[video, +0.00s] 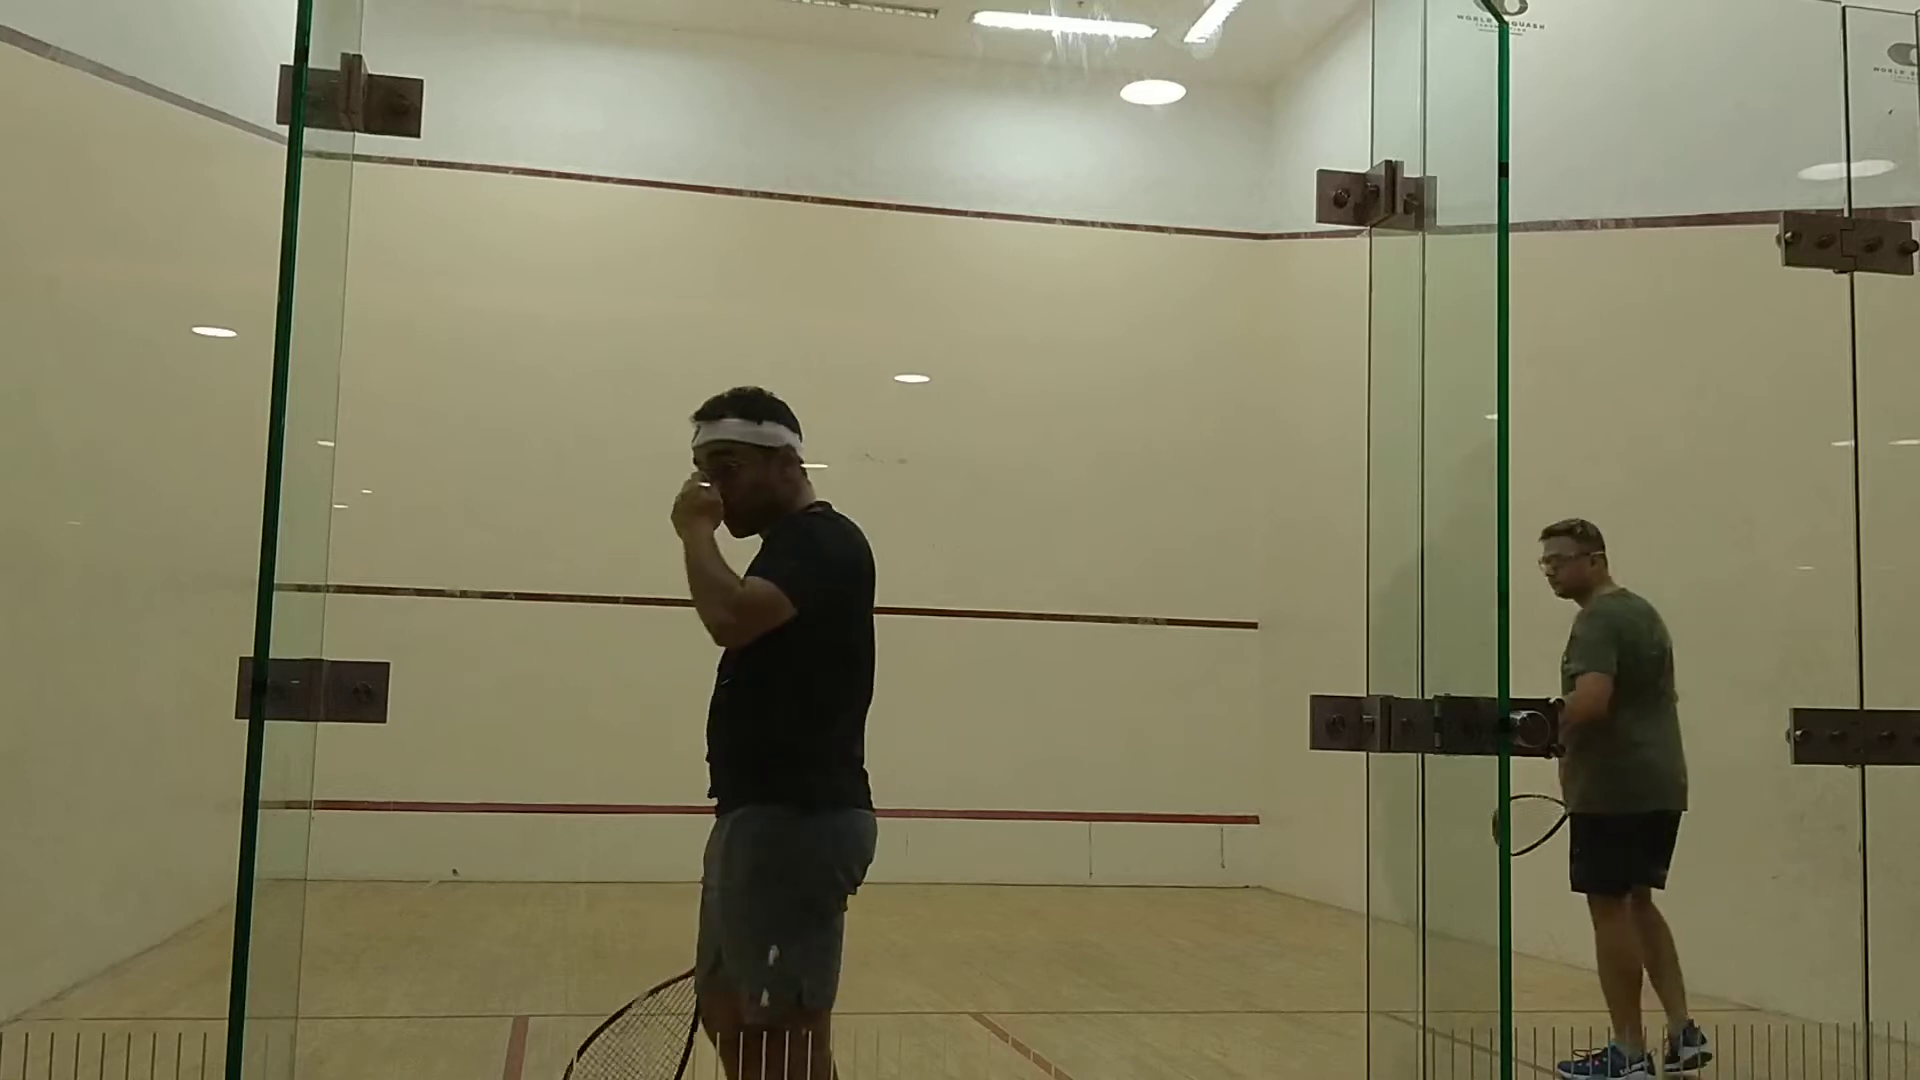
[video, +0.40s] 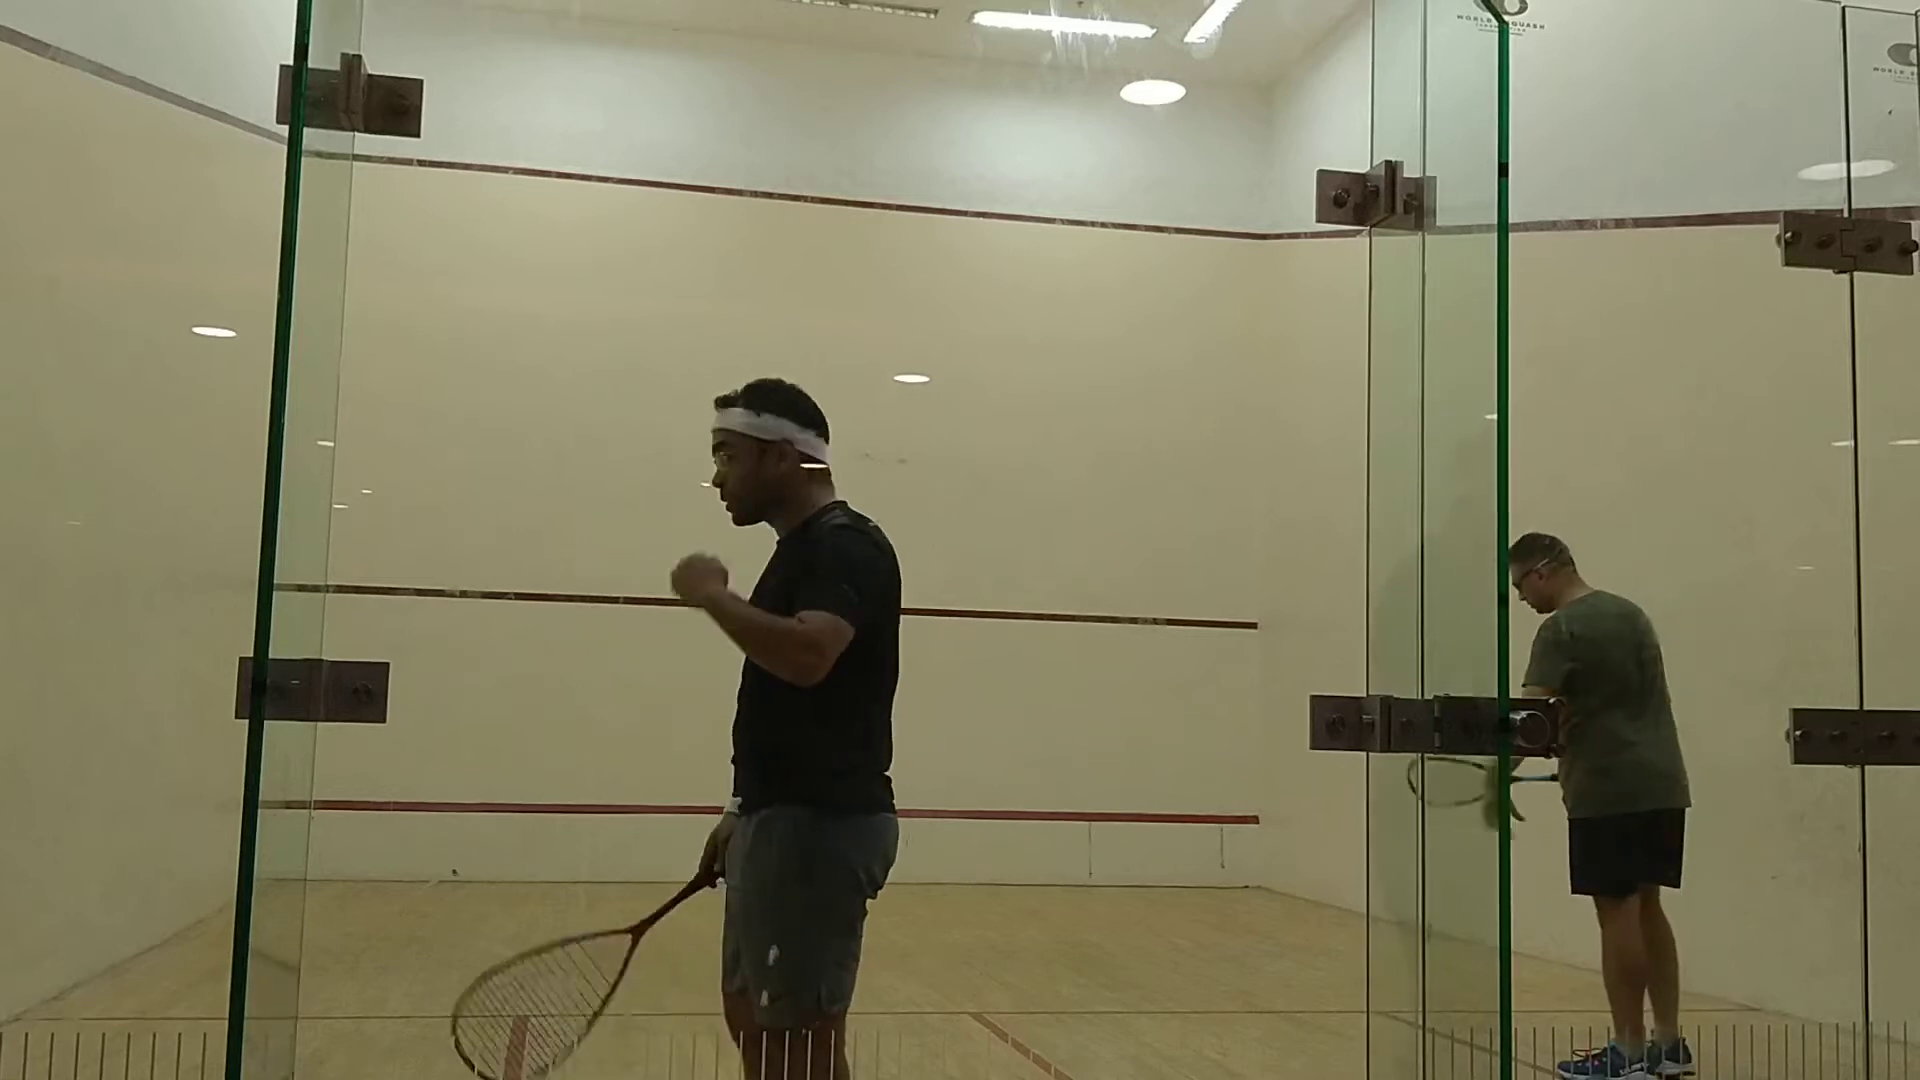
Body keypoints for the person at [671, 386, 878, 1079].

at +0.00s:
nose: (713, 491)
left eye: (725, 470)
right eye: (708, 475)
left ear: (780, 464)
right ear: (779, 468)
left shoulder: (821, 539)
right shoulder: (787, 548)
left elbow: (730, 618)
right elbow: (792, 696)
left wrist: (696, 529)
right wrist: (739, 813)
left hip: (798, 822)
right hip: (757, 818)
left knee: (784, 1030)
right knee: (725, 1012)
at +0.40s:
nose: (715, 477)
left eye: (726, 457)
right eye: (717, 458)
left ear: (780, 459)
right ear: (780, 462)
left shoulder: (843, 547)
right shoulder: (799, 552)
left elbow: (809, 656)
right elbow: (800, 715)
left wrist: (716, 596)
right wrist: (743, 818)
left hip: (821, 826)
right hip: (780, 822)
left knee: (802, 1037)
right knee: (749, 1013)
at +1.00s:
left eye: (823, 476)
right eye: (891, 480)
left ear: (817, 480)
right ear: (894, 488)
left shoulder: (800, 551)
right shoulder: (911, 574)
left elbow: (762, 658)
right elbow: (874, 707)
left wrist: (708, 762)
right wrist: (773, 773)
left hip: (805, 826)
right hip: (891, 825)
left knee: (707, 1002)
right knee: (836, 1004)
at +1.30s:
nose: (909, 500)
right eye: (910, 489)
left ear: (829, 484)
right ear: (906, 493)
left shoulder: (800, 549)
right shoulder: (921, 580)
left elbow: (737, 653)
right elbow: (881, 710)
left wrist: (686, 748)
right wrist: (777, 751)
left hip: (801, 825)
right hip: (894, 823)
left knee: (748, 1015)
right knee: (846, 1006)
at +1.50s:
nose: (899, 499)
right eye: (901, 489)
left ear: (824, 483)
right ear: (900, 492)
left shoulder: (794, 553)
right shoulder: (916, 579)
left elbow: (747, 666)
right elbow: (874, 706)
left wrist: (706, 758)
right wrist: (770, 742)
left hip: (797, 824)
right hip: (890, 823)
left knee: (742, 1014)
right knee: (843, 1007)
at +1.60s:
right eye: (895, 486)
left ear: (819, 483)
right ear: (894, 490)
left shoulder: (792, 554)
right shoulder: (910, 578)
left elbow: (750, 668)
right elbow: (867, 703)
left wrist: (705, 764)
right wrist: (764, 740)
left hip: (794, 824)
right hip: (886, 823)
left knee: (740, 1014)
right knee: (840, 1011)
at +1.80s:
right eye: (880, 485)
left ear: (808, 485)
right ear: (884, 492)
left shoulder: (787, 555)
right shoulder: (899, 577)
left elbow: (748, 668)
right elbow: (859, 704)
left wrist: (695, 767)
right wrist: (758, 740)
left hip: (787, 824)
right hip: (876, 822)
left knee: (738, 1016)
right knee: (835, 1011)